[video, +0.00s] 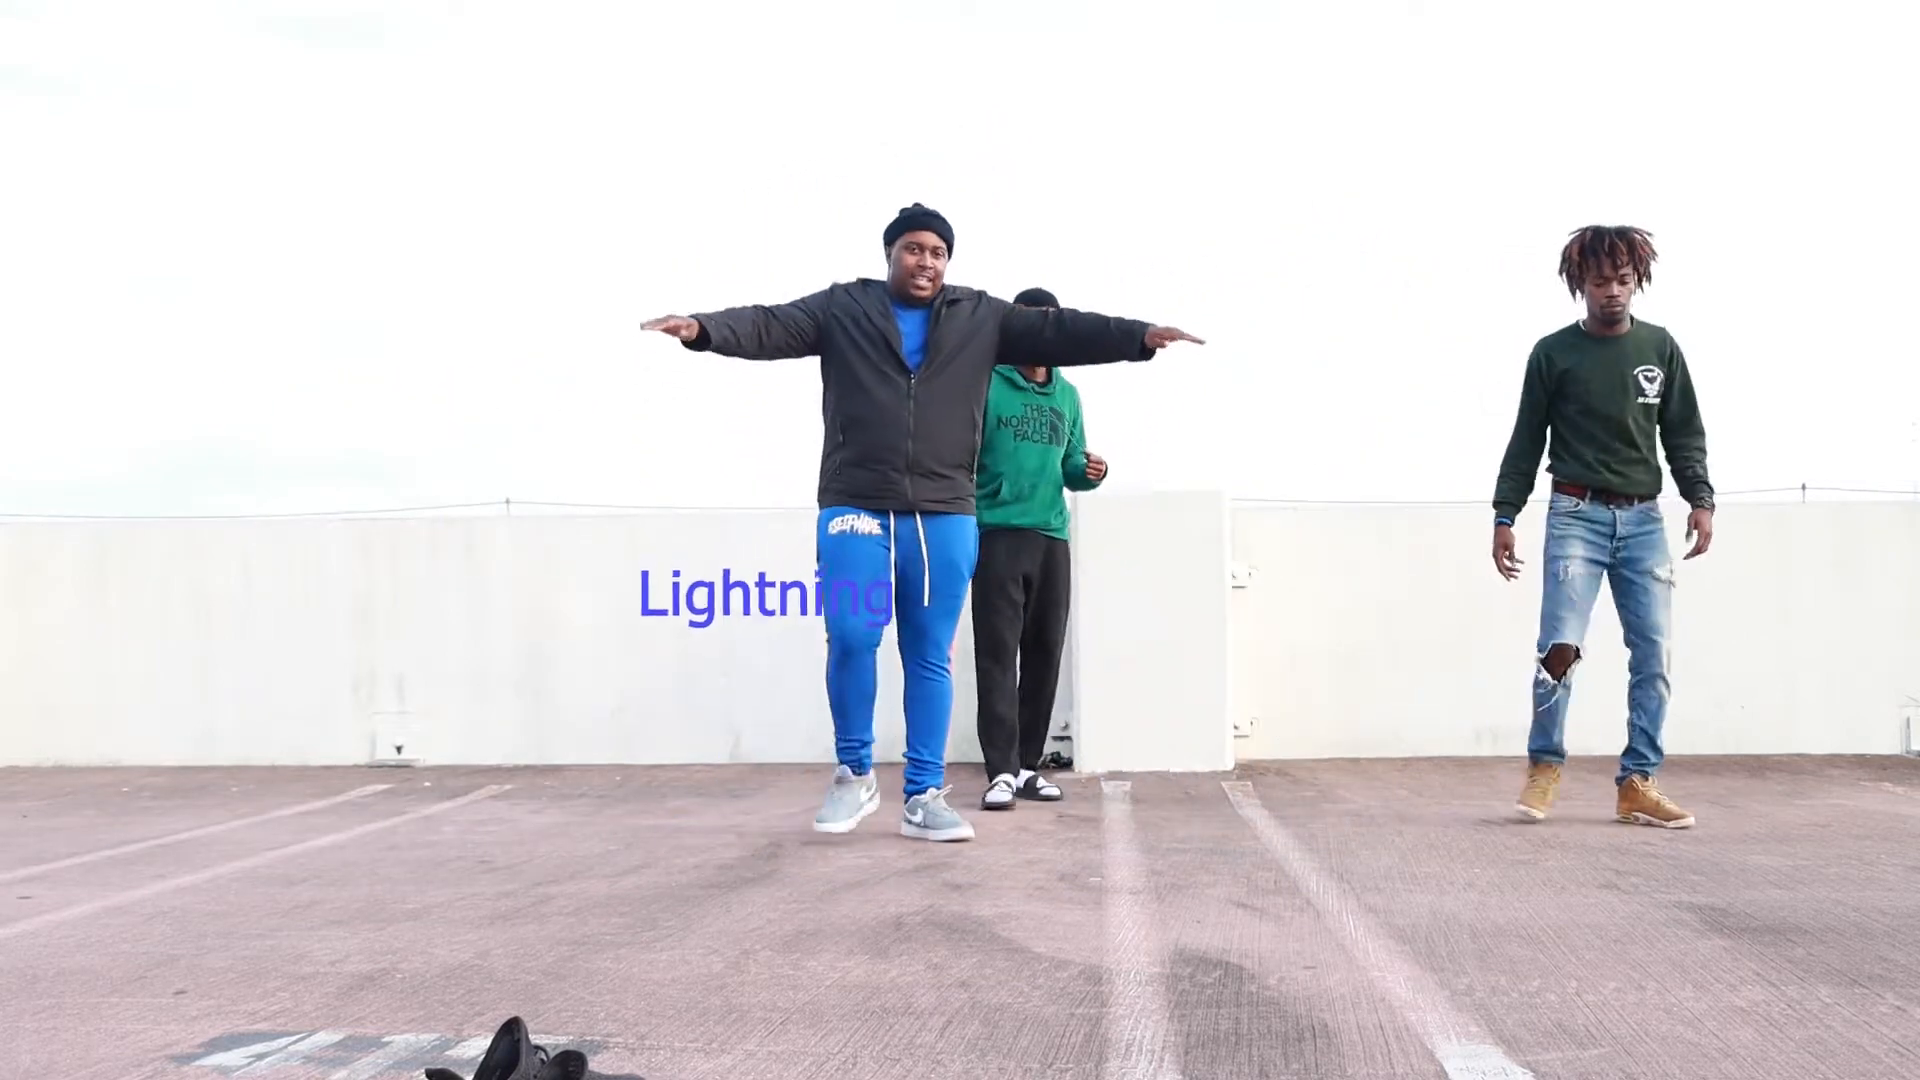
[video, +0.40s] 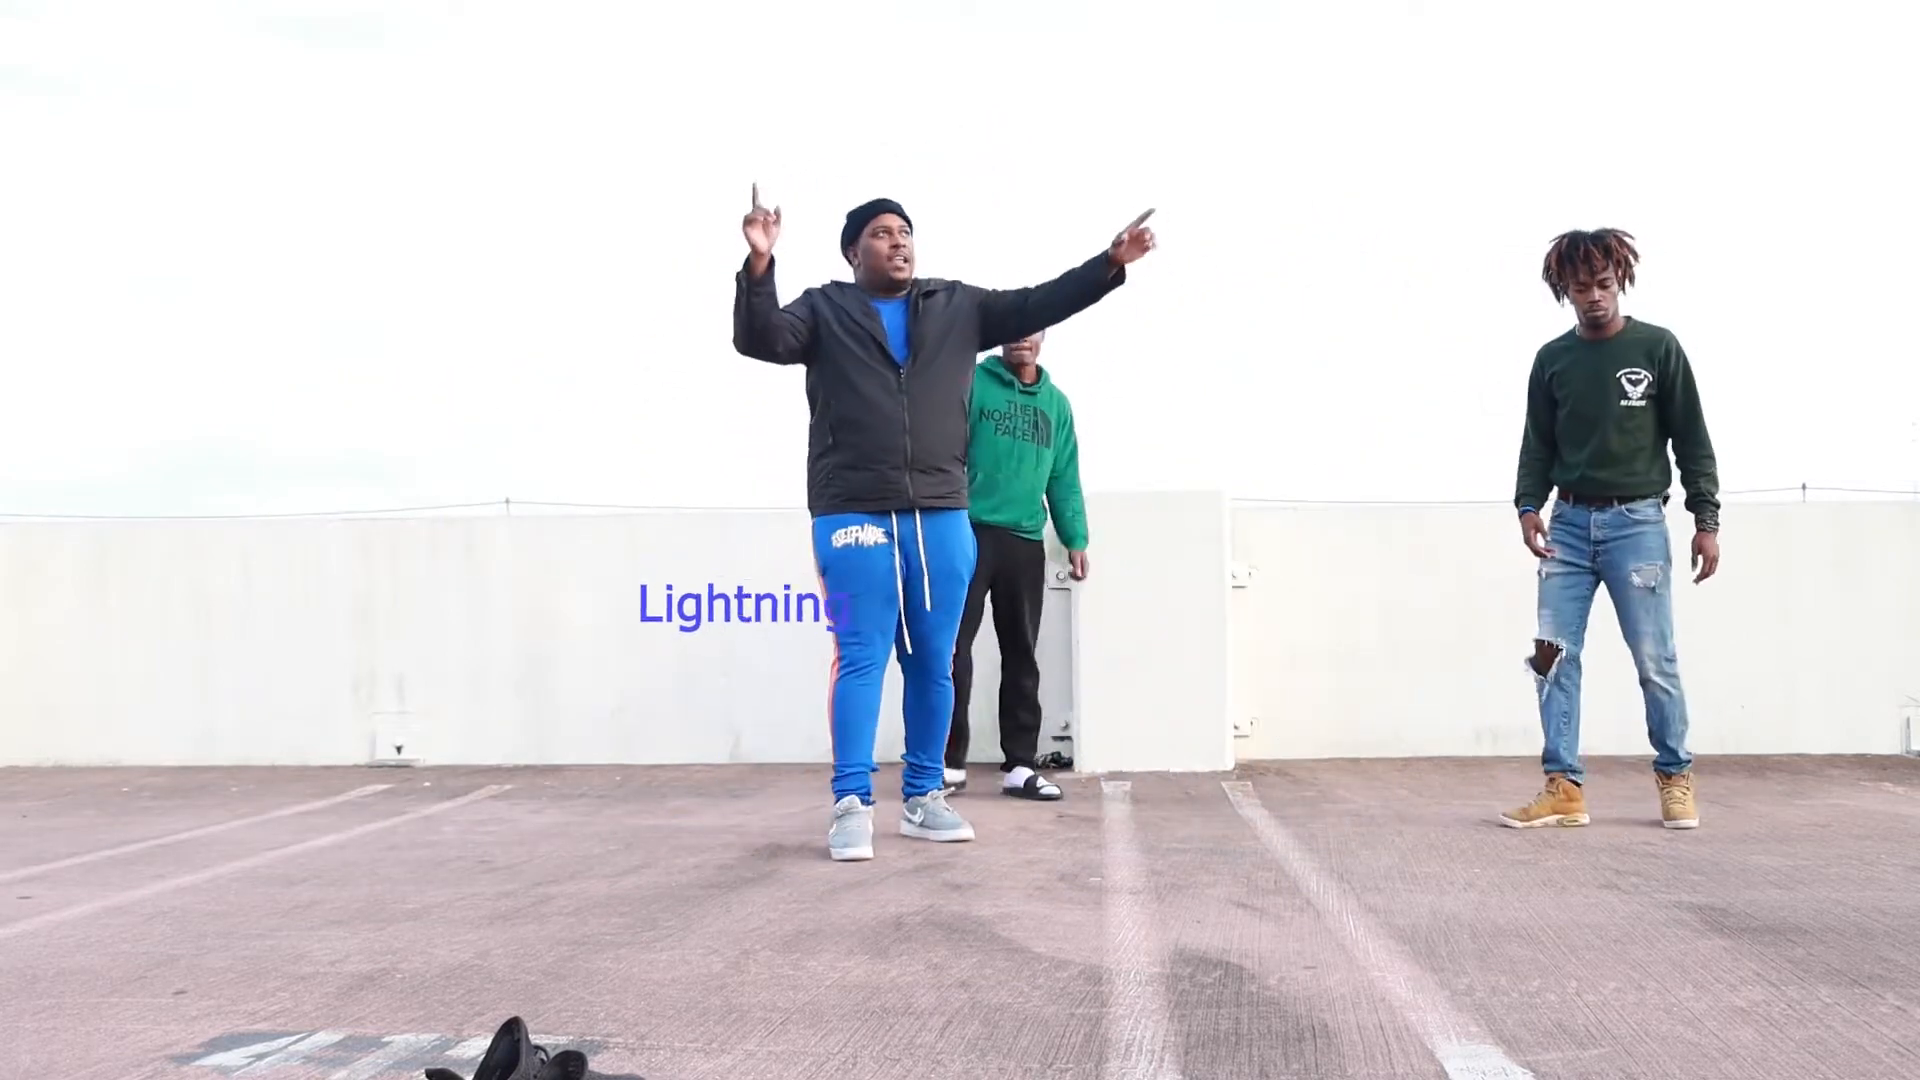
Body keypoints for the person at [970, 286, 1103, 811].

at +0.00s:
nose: (1044, 342)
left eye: (1051, 334)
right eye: (1036, 333)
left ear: (1057, 338)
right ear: (1016, 334)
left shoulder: (1067, 394)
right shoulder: (986, 384)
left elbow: (1070, 471)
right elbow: (963, 457)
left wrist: (1090, 472)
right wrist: (964, 523)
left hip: (1051, 537)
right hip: (997, 534)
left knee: (1044, 655)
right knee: (998, 654)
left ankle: (1029, 766)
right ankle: (1000, 771)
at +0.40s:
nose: (1024, 344)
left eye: (1032, 335)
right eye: (1015, 336)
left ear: (1042, 342)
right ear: (1000, 342)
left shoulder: (1056, 403)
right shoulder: (971, 382)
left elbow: (1064, 476)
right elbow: (943, 447)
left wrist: (1076, 541)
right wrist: (940, 518)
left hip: (1024, 538)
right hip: (968, 531)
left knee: (1021, 655)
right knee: (953, 651)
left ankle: (1019, 767)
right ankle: (948, 764)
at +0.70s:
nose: (966, 345)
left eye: (974, 337)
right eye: (959, 336)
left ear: (983, 342)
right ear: (940, 338)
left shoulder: (1009, 396)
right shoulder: (916, 387)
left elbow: (1036, 474)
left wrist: (1052, 547)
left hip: (988, 539)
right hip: (920, 536)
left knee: (1004, 659)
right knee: (907, 658)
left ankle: (1018, 766)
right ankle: (903, 765)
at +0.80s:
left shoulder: (984, 390)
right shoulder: (885, 387)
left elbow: (1018, 468)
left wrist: (1041, 540)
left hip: (971, 537)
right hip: (898, 536)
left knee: (993, 657)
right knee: (898, 658)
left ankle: (1018, 766)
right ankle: (901, 763)